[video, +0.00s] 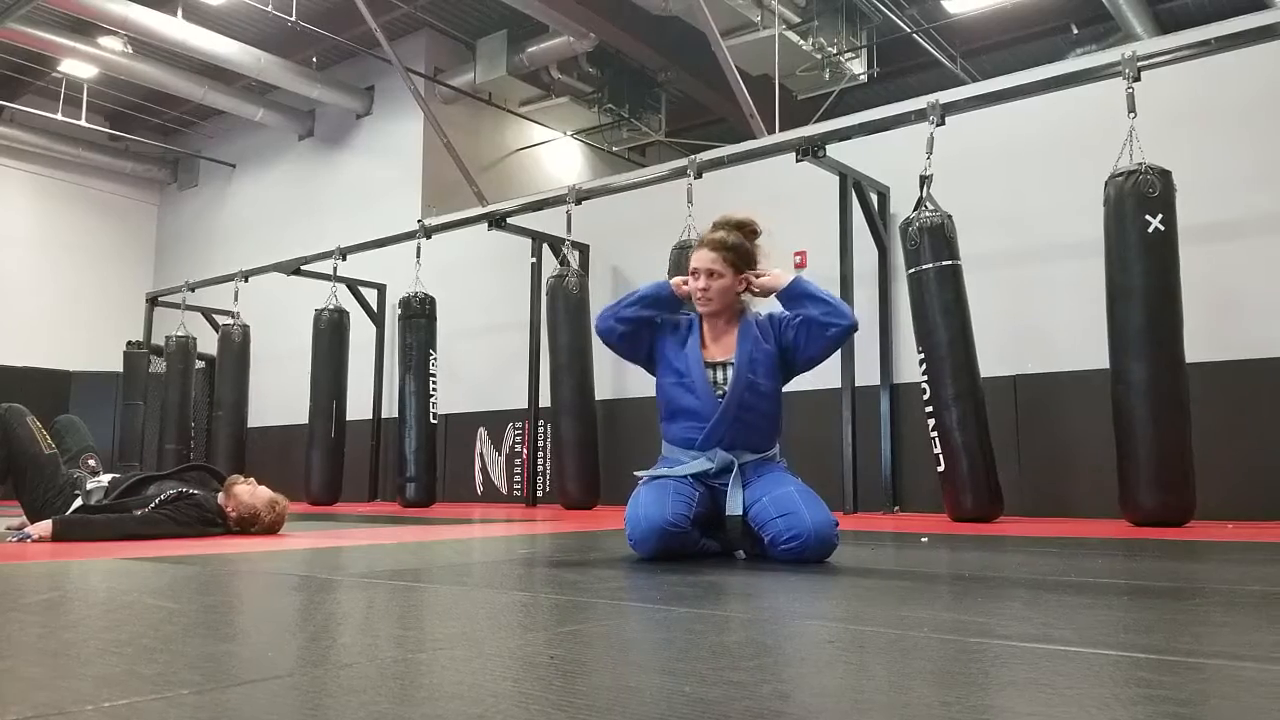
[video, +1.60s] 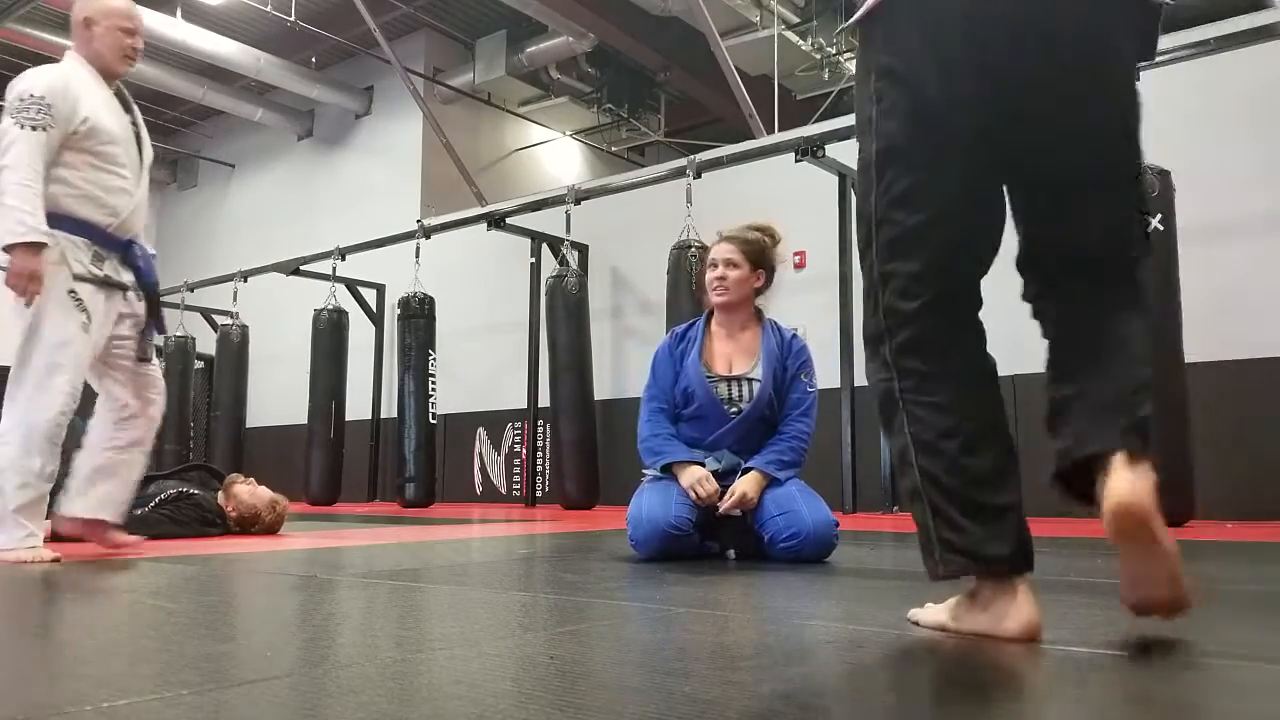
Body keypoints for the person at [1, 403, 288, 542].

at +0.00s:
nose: (247, 476)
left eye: (250, 487)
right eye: (255, 483)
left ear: (234, 510)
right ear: (237, 505)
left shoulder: (200, 513)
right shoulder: (216, 490)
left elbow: (130, 524)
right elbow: (154, 484)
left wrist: (56, 527)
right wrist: (113, 480)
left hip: (68, 501)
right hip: (99, 485)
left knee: (12, 414)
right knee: (67, 421)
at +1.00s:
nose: (247, 477)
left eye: (250, 487)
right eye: (255, 483)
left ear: (233, 508)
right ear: (235, 504)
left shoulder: (199, 513)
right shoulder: (214, 490)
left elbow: (130, 524)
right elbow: (151, 485)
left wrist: (57, 527)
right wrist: (110, 480)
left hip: (69, 500)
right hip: (98, 485)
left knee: (12, 415)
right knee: (66, 421)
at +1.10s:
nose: (247, 477)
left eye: (250, 487)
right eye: (255, 483)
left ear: (235, 509)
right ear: (236, 504)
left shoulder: (200, 513)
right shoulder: (213, 490)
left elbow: (131, 524)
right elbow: (151, 484)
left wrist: (57, 527)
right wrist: (109, 479)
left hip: (68, 500)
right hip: (97, 484)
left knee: (15, 415)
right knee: (67, 422)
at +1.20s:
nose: (248, 477)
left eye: (251, 488)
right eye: (256, 483)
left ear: (234, 510)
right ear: (234, 505)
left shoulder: (200, 513)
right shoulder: (212, 488)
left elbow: (130, 525)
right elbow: (152, 486)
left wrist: (50, 526)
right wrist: (110, 482)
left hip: (69, 503)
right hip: (98, 485)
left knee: (16, 415)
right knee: (67, 423)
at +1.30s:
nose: (248, 478)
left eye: (251, 488)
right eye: (256, 483)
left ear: (232, 510)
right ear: (233, 507)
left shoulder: (198, 512)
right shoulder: (214, 491)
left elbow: (128, 524)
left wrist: (54, 526)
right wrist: (112, 486)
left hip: (71, 503)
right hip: (102, 489)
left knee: (28, 429)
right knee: (68, 424)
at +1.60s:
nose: (250, 478)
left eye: (252, 488)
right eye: (257, 483)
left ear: (231, 510)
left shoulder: (202, 513)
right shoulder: (211, 485)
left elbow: (138, 523)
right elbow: (152, 483)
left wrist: (72, 521)